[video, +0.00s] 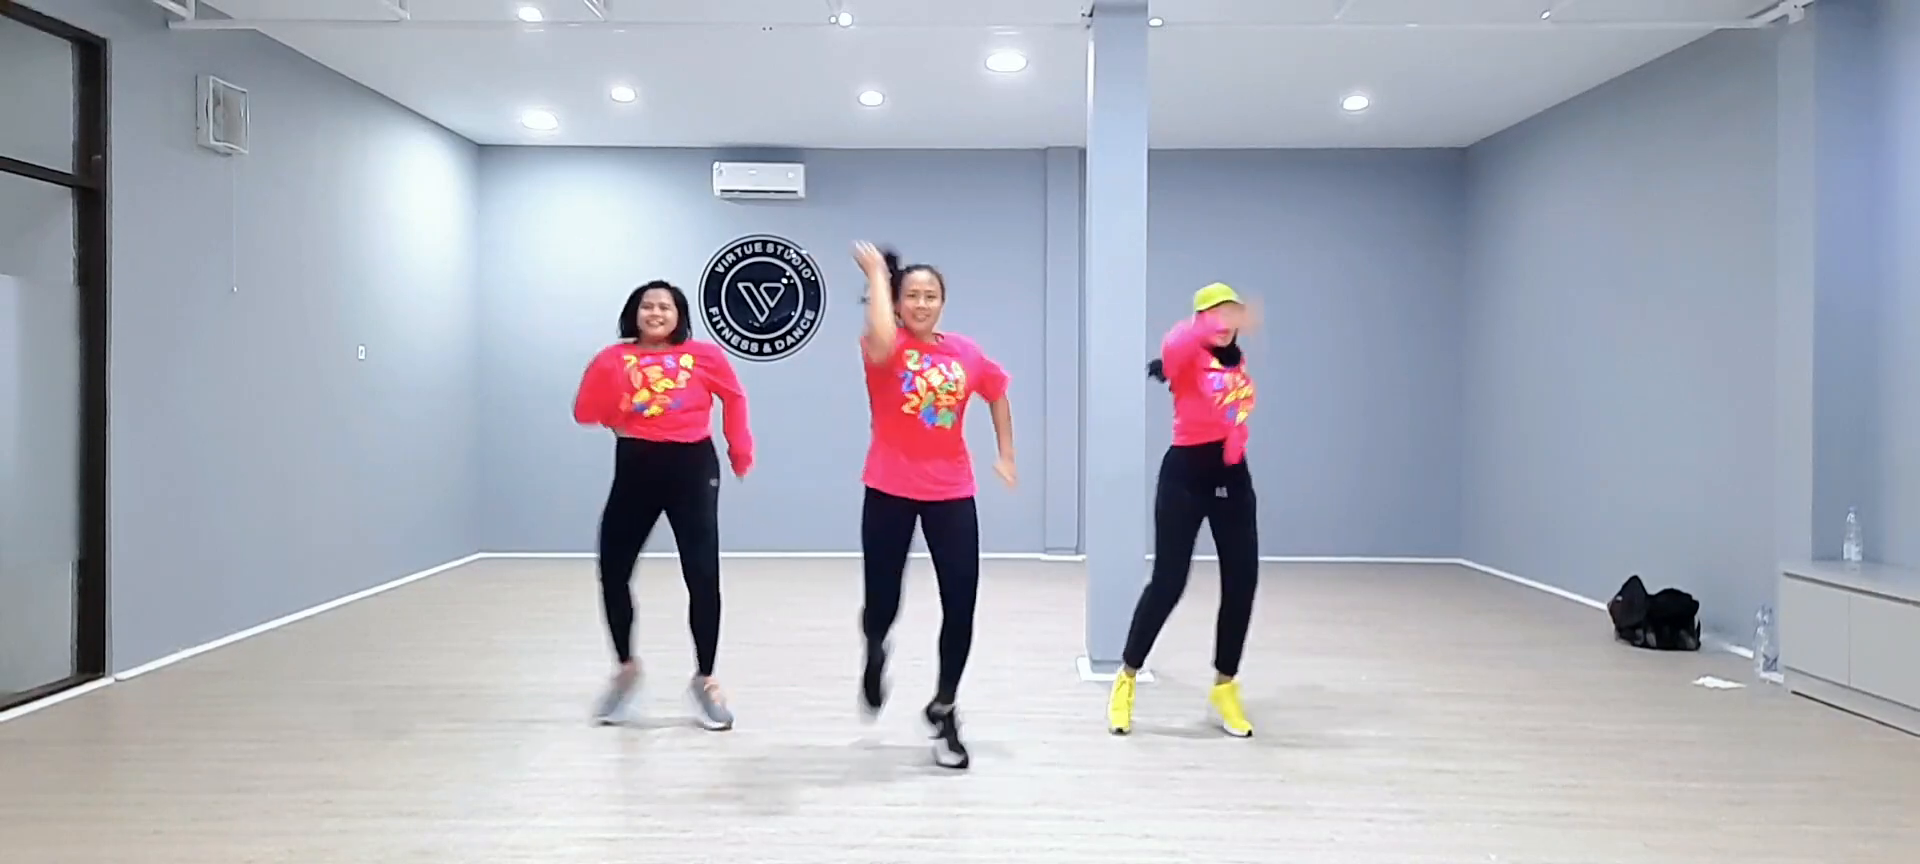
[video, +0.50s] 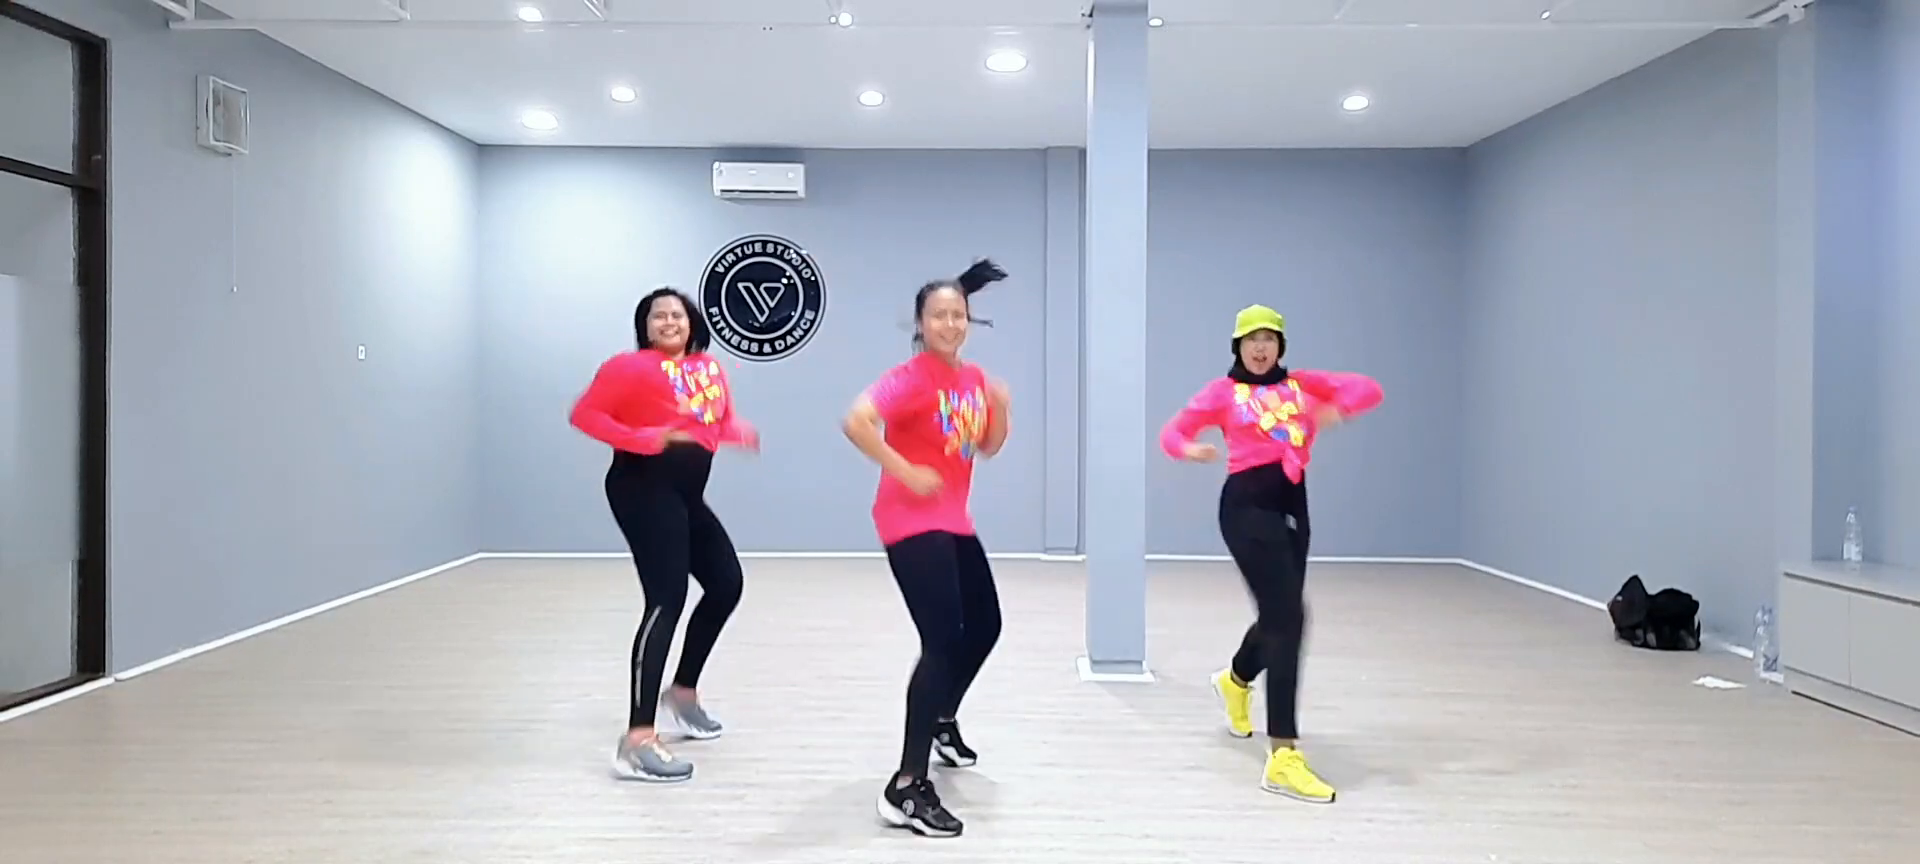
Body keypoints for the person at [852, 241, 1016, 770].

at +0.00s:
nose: (922, 304)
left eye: (931, 296)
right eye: (913, 296)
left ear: (943, 303)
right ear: (897, 302)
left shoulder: (964, 352)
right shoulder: (882, 348)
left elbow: (998, 393)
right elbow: (881, 334)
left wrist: (1006, 454)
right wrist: (877, 273)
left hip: (950, 492)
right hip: (889, 489)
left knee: (960, 604)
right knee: (881, 602)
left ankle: (943, 705)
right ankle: (874, 658)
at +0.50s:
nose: (952, 323)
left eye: (959, 314)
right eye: (941, 314)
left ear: (969, 323)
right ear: (921, 323)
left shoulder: (973, 381)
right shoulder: (910, 376)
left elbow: (988, 448)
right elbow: (856, 420)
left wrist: (999, 408)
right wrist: (905, 470)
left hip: (956, 521)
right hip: (913, 523)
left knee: (984, 626)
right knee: (944, 642)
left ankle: (942, 717)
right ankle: (907, 782)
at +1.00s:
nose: (894, 330)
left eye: (893, 323)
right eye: (908, 322)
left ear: (896, 327)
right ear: (941, 326)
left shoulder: (872, 387)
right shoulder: (967, 382)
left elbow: (849, 456)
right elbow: (976, 454)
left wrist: (842, 511)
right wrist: (935, 449)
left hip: (886, 530)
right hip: (951, 528)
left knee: (905, 637)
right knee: (974, 604)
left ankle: (916, 746)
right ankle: (953, 631)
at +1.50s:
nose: (896, 322)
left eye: (907, 315)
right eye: (891, 315)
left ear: (928, 325)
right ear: (884, 325)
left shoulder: (933, 372)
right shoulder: (891, 380)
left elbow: (950, 434)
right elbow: (871, 427)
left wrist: (893, 452)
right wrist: (846, 435)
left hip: (942, 508)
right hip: (905, 508)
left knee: (905, 603)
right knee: (895, 603)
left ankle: (951, 715)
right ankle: (926, 707)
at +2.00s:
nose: (913, 304)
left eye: (923, 298)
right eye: (905, 297)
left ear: (940, 311)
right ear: (894, 307)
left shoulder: (959, 365)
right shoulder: (877, 342)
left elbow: (1006, 410)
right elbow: (841, 282)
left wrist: (964, 454)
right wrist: (806, 225)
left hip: (931, 500)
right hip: (871, 491)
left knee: (948, 615)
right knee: (828, 599)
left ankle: (980, 734)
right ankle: (818, 705)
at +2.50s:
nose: (886, 306)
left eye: (896, 299)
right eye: (877, 298)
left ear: (909, 309)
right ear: (861, 306)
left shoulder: (927, 362)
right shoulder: (842, 342)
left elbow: (977, 401)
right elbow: (821, 274)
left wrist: (940, 443)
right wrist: (828, 210)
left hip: (920, 500)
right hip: (858, 499)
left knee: (948, 608)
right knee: (808, 600)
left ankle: (982, 723)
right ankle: (788, 715)